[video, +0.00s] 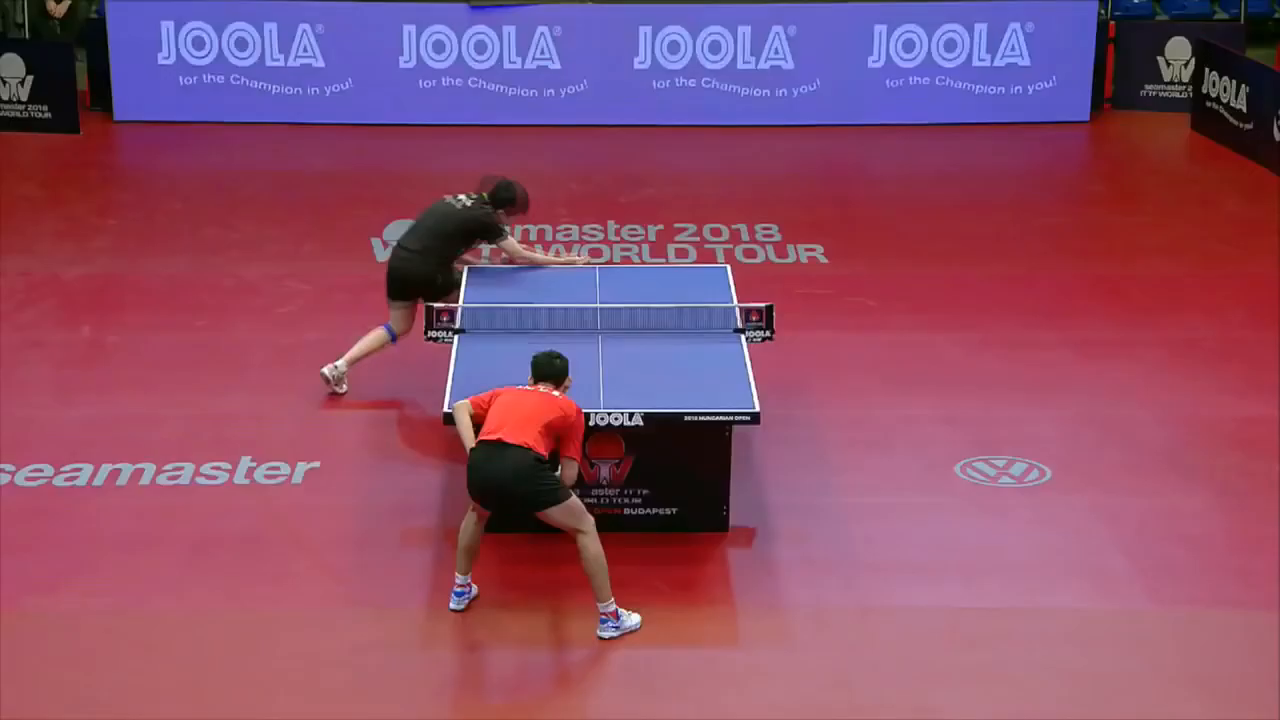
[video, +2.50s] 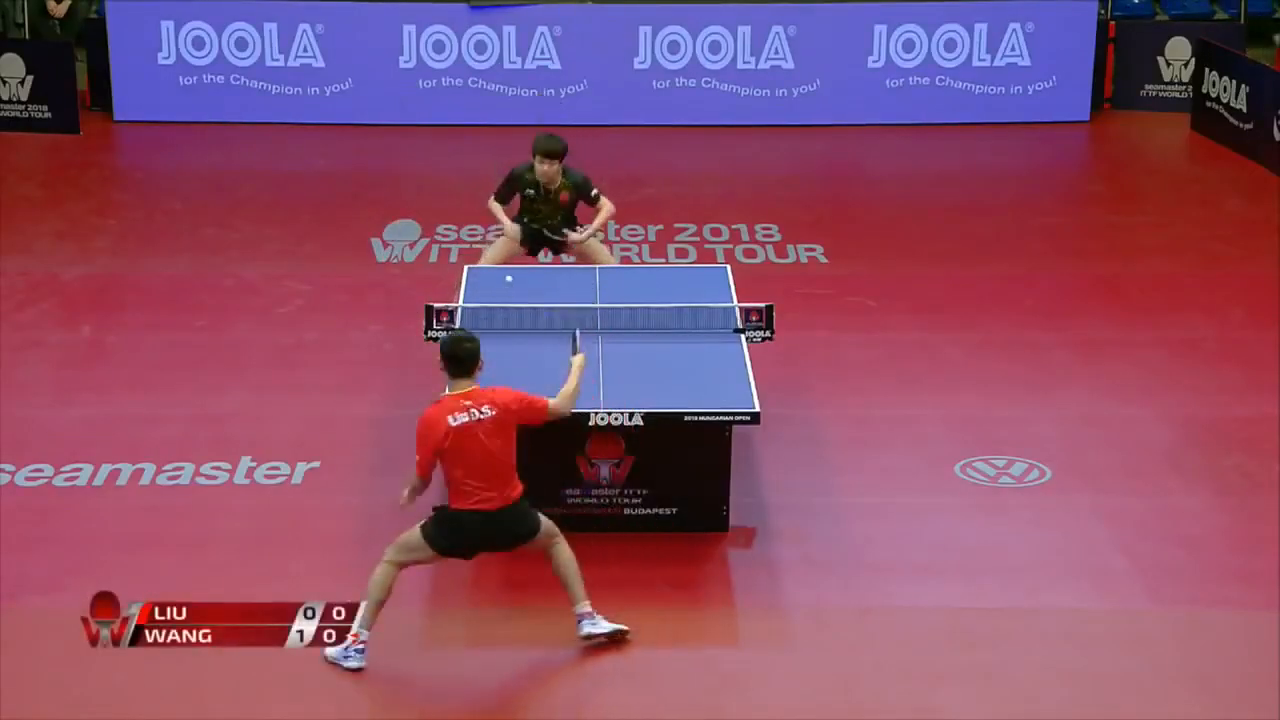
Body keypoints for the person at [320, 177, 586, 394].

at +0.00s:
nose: (514, 218)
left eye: (516, 214)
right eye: (515, 213)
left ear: (490, 194)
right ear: (504, 207)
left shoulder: (458, 200)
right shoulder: (488, 219)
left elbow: (439, 242)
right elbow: (521, 255)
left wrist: (472, 261)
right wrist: (565, 260)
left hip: (399, 265)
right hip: (431, 273)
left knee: (397, 326)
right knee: (481, 297)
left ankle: (340, 366)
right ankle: (479, 373)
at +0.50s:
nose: (452, 166)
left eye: (450, 159)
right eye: (448, 160)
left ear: (420, 164)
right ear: (434, 164)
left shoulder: (384, 181)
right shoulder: (434, 188)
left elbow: (347, 207)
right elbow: (467, 199)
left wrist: (318, 240)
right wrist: (513, 201)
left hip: (361, 262)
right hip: (396, 265)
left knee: (359, 319)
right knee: (448, 306)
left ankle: (324, 380)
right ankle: (466, 375)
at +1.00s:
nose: (502, 219)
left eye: (506, 213)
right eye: (502, 212)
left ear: (490, 198)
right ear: (489, 202)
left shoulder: (474, 192)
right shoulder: (462, 225)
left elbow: (484, 176)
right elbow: (421, 241)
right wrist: (405, 281)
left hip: (400, 257)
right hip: (417, 269)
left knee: (406, 320)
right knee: (456, 316)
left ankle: (345, 350)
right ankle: (434, 391)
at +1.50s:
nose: (533, 156)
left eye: (538, 150)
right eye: (527, 150)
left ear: (544, 151)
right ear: (515, 150)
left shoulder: (553, 176)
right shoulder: (498, 172)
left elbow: (589, 198)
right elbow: (470, 189)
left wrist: (590, 208)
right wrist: (464, 223)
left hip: (536, 242)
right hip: (496, 242)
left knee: (576, 272)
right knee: (465, 294)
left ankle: (584, 343)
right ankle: (432, 356)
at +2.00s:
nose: (536, 145)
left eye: (541, 140)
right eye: (532, 139)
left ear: (550, 138)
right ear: (523, 135)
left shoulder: (558, 155)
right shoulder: (512, 146)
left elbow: (575, 183)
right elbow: (501, 154)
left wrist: (574, 186)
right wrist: (485, 181)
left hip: (553, 214)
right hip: (516, 211)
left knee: (594, 264)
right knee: (473, 260)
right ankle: (437, 322)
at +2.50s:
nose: (544, 169)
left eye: (550, 164)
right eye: (541, 163)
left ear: (560, 164)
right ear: (534, 160)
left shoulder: (575, 181)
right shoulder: (520, 176)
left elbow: (608, 208)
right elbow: (494, 202)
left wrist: (584, 235)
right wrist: (507, 225)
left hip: (565, 232)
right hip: (527, 230)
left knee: (610, 267)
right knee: (485, 263)